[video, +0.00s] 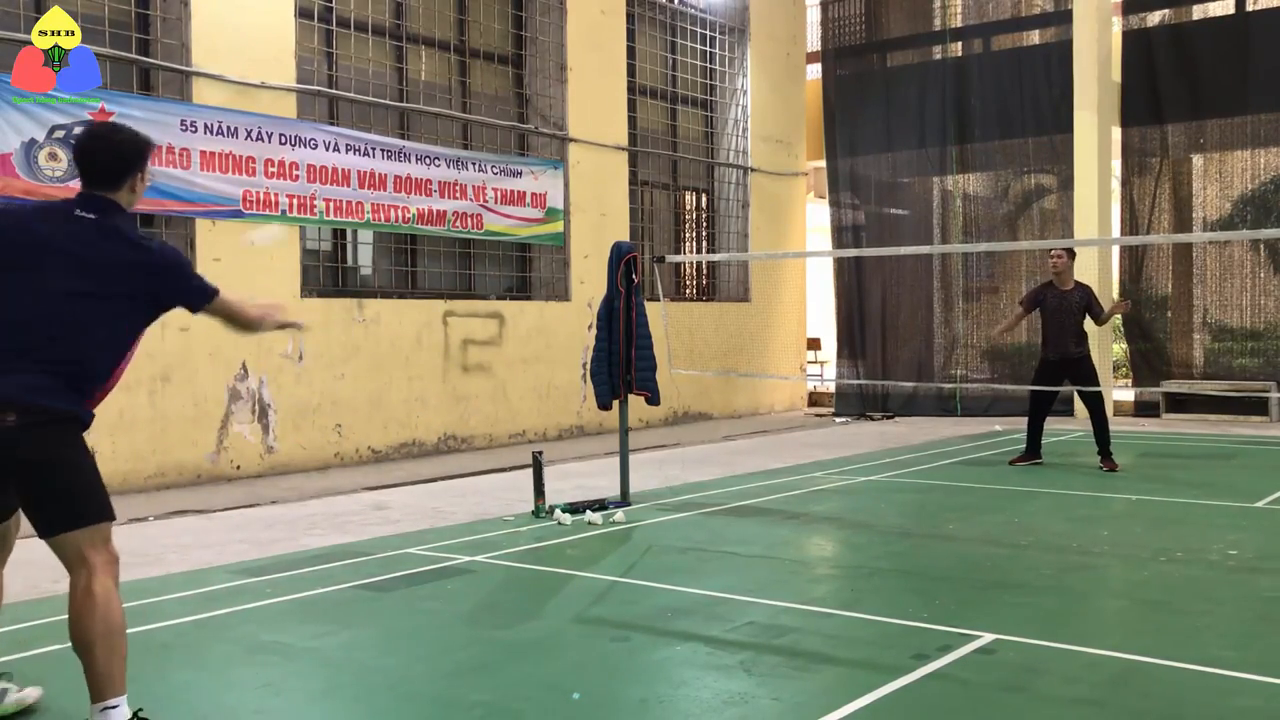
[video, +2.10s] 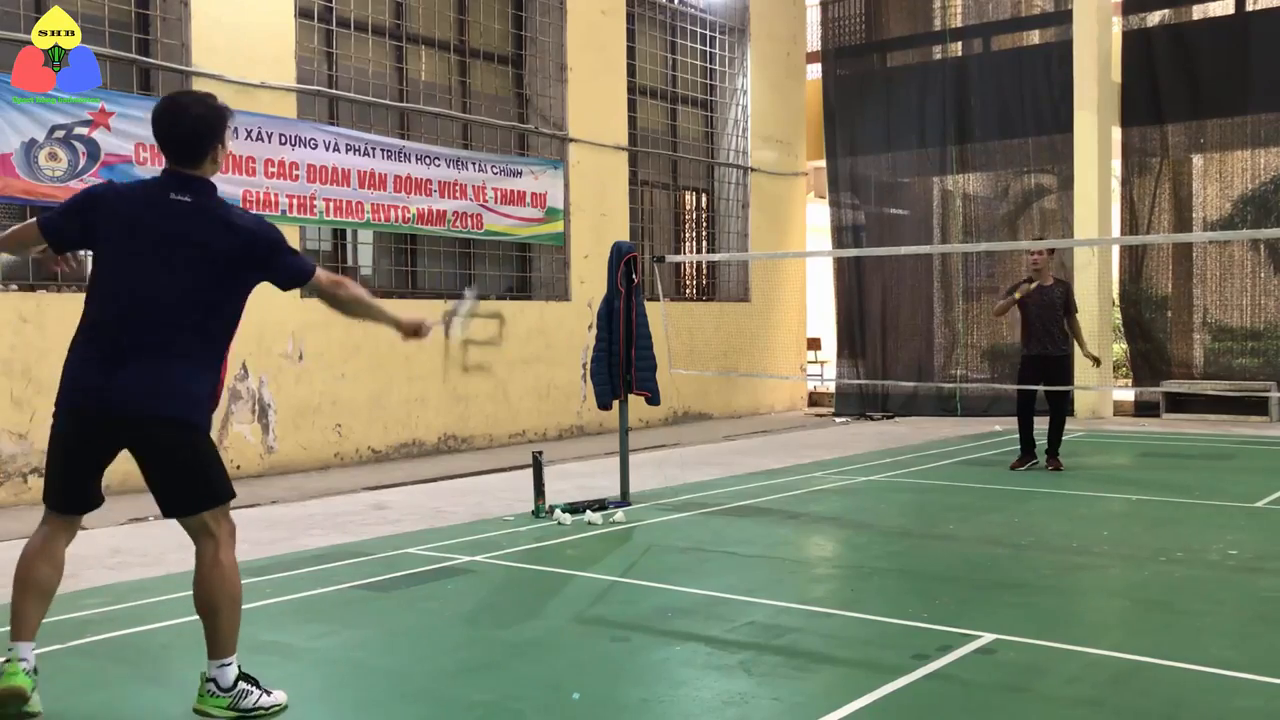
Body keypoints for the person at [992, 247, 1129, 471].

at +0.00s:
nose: (1053, 261)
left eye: (1059, 257)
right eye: (1051, 257)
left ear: (1071, 261)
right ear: (1048, 262)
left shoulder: (1083, 291)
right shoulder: (1042, 291)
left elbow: (1099, 321)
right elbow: (1017, 316)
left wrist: (1112, 311)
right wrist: (998, 330)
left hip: (1079, 360)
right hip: (1050, 360)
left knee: (1096, 406)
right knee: (1037, 406)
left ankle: (1106, 456)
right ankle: (1032, 452)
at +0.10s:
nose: (1058, 261)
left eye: (1063, 257)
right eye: (1056, 258)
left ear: (1074, 262)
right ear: (1054, 262)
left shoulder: (1087, 292)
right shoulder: (1046, 290)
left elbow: (1103, 322)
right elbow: (1016, 305)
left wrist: (1112, 312)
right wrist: (997, 302)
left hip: (1082, 360)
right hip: (1053, 360)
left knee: (1098, 408)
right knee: (1039, 407)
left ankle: (1106, 456)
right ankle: (1032, 452)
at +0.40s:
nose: (1047, 263)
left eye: (1052, 259)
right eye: (1046, 259)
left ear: (1067, 262)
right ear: (1046, 264)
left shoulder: (1084, 291)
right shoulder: (1043, 292)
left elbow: (1098, 322)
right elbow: (1022, 315)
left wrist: (1102, 308)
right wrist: (1013, 293)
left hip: (1079, 361)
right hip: (1050, 361)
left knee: (1095, 408)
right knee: (1032, 402)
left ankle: (1105, 456)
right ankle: (1030, 452)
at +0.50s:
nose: (1036, 266)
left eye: (1041, 262)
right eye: (1035, 263)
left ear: (1055, 263)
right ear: (1035, 267)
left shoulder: (1077, 290)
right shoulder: (1037, 295)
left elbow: (1092, 319)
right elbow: (1029, 318)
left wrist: (1095, 306)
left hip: (1074, 359)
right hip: (1046, 359)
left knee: (1091, 406)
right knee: (1029, 401)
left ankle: (1105, 455)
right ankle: (1030, 453)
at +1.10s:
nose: (1052, 259)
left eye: (1057, 255)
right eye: (1049, 256)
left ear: (1068, 258)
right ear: (1045, 260)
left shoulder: (1081, 290)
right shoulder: (1038, 289)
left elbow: (1091, 319)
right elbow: (1020, 314)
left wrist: (1111, 313)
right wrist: (1035, 315)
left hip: (1073, 358)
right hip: (1044, 358)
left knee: (1085, 405)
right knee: (1033, 405)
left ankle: (1087, 455)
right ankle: (1030, 453)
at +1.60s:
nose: (1033, 259)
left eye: (1038, 255)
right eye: (1029, 256)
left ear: (1048, 260)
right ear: (1025, 261)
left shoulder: (1062, 288)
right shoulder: (1021, 290)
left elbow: (1072, 313)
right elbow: (1007, 310)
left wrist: (1101, 326)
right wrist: (999, 323)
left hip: (1061, 357)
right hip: (1032, 358)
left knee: (1076, 404)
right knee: (1027, 408)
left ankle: (1083, 453)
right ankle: (1029, 456)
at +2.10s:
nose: (1034, 258)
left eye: (1039, 253)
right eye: (1031, 254)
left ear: (1050, 256)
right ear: (1027, 258)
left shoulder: (1063, 287)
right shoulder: (1021, 287)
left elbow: (1072, 320)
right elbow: (997, 311)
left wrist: (1084, 349)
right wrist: (1018, 295)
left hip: (1059, 356)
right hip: (1031, 356)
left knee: (1059, 409)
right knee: (1024, 407)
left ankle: (1052, 455)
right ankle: (1027, 453)